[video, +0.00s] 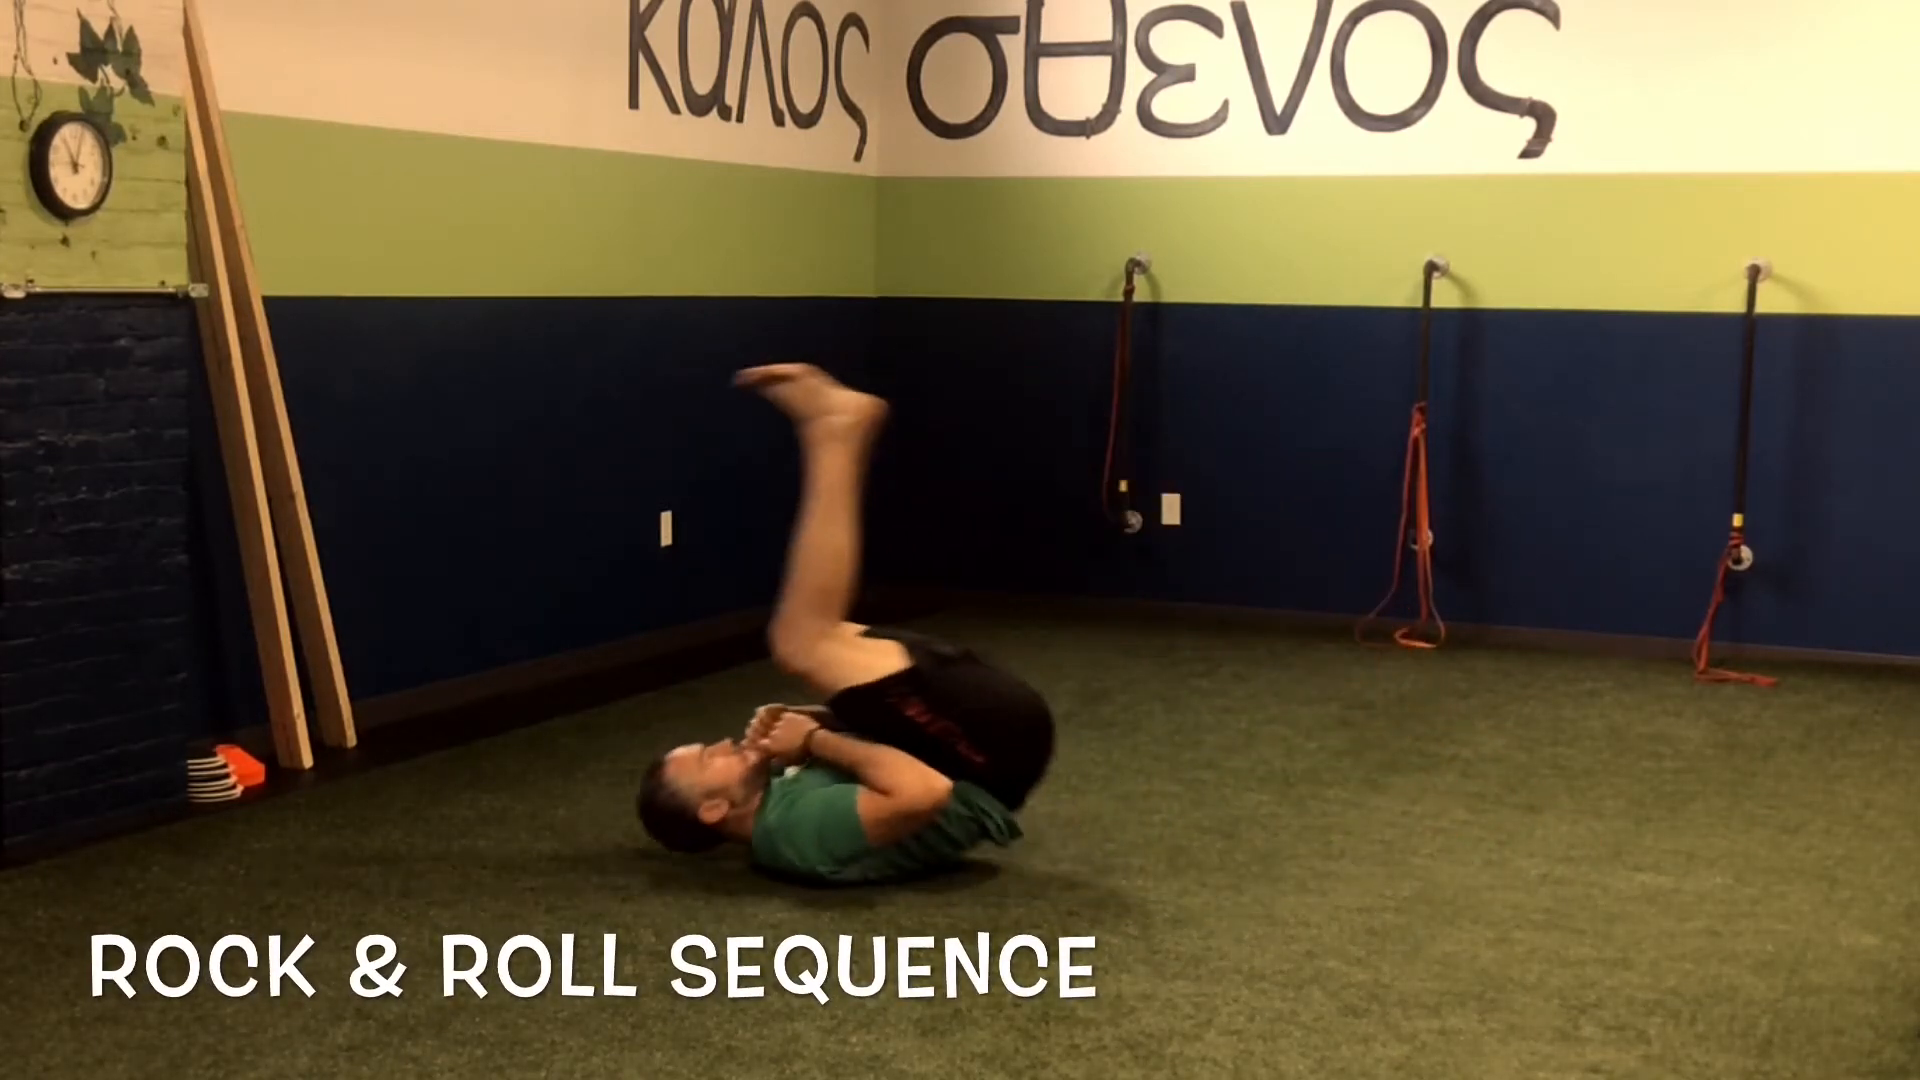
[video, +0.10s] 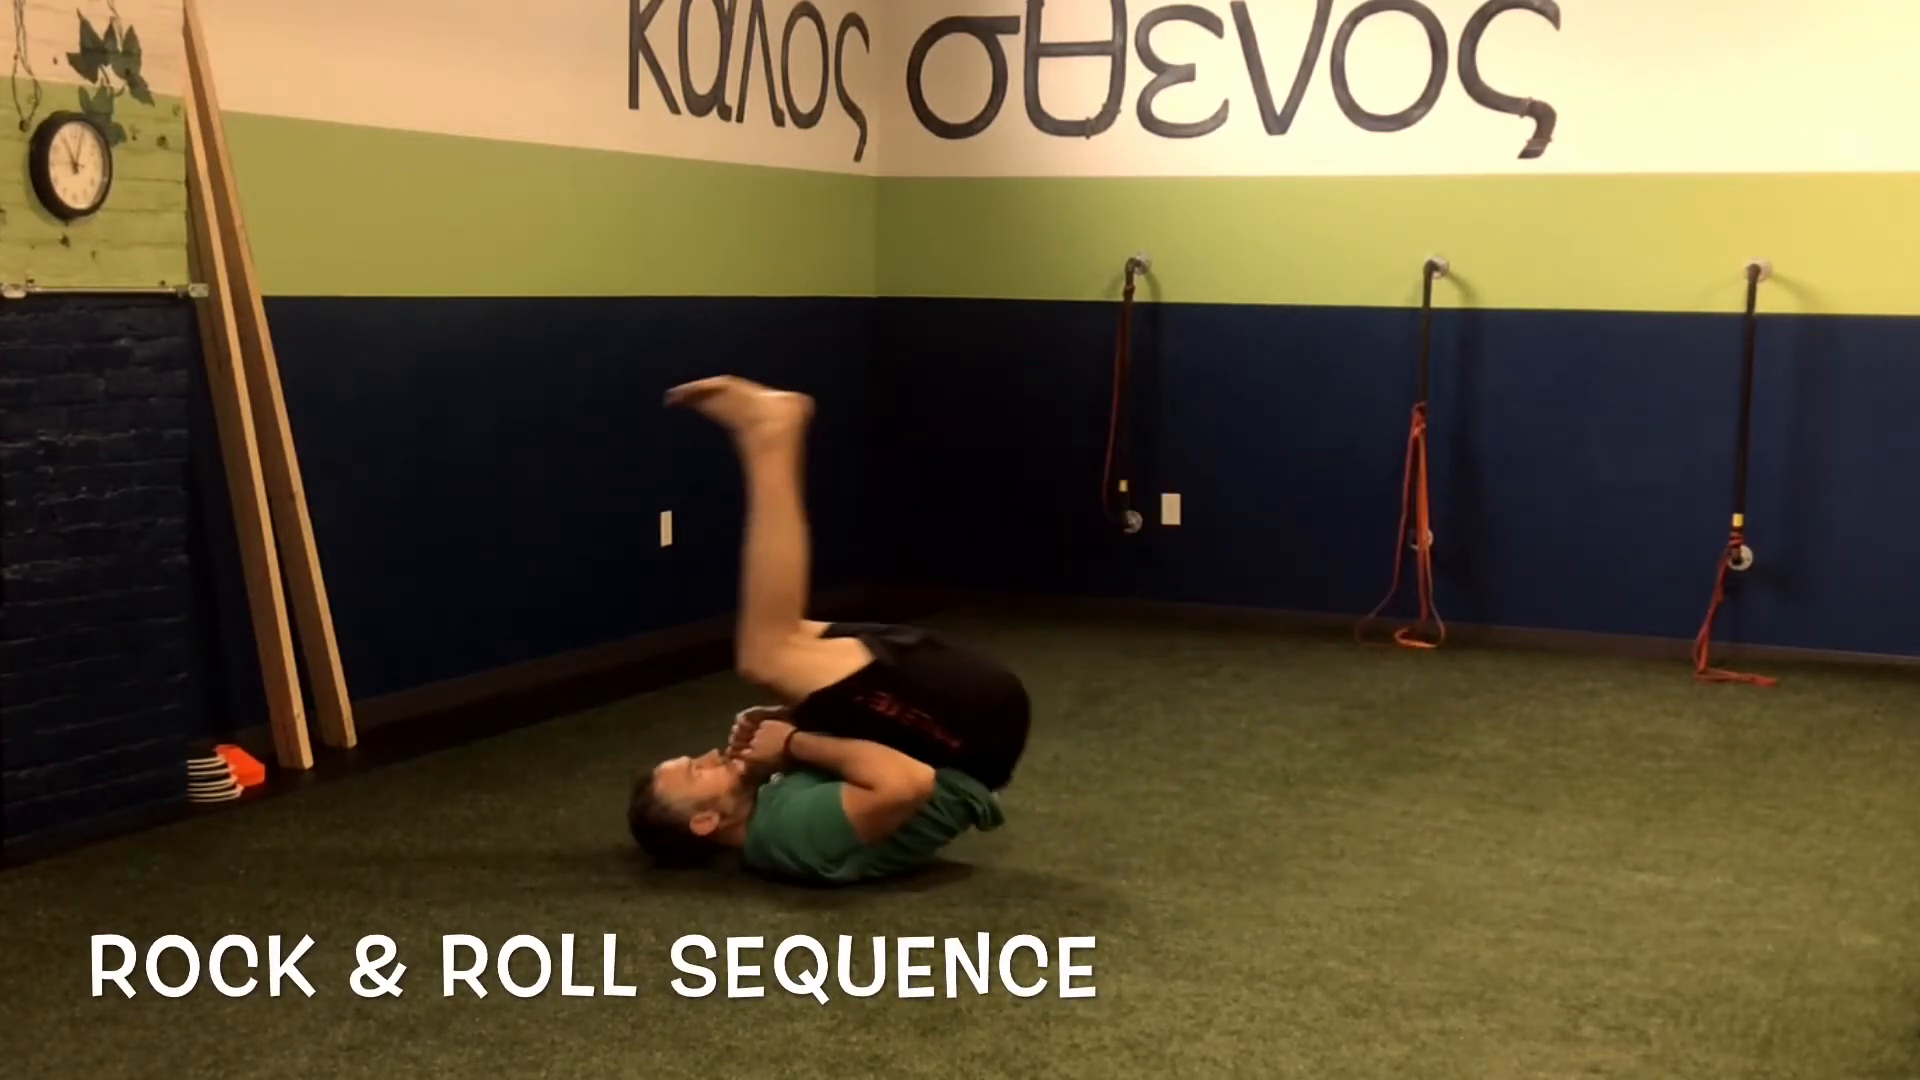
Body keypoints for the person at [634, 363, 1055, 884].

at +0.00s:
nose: (724, 743)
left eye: (705, 745)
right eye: (706, 755)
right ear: (716, 807)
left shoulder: (785, 803)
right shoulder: (792, 830)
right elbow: (925, 793)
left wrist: (799, 742)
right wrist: (814, 740)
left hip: (1005, 736)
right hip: (1001, 749)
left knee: (827, 635)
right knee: (801, 641)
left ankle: (840, 428)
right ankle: (835, 428)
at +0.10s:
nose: (708, 753)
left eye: (691, 757)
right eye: (694, 770)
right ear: (707, 820)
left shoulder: (770, 809)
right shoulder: (787, 830)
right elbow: (910, 783)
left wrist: (774, 756)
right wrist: (792, 743)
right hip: (981, 729)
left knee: (789, 638)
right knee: (766, 653)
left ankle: (772, 434)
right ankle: (770, 432)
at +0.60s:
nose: (705, 766)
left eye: (687, 770)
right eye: (691, 783)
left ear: (707, 831)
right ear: (704, 832)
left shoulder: (758, 816)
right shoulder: (780, 834)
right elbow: (901, 771)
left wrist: (753, 759)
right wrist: (775, 746)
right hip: (959, 698)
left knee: (752, 645)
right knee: (732, 671)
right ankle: (714, 448)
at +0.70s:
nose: (701, 766)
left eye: (686, 770)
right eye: (689, 782)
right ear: (703, 831)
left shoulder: (758, 812)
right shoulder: (785, 832)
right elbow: (907, 774)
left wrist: (769, 749)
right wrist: (782, 743)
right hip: (971, 710)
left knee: (771, 638)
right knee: (747, 659)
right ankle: (767, 436)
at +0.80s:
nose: (706, 758)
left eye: (688, 761)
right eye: (692, 774)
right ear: (706, 822)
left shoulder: (766, 812)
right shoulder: (787, 832)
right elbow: (913, 782)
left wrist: (779, 739)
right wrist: (793, 741)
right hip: (983, 729)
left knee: (797, 633)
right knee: (772, 641)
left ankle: (836, 432)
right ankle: (835, 432)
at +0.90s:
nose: (718, 745)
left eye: (700, 746)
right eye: (701, 759)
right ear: (710, 809)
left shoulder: (778, 804)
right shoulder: (790, 829)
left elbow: (871, 719)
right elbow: (922, 791)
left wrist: (793, 712)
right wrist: (808, 735)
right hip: (999, 750)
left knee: (804, 616)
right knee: (807, 626)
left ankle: (916, 435)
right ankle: (916, 435)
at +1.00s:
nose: (740, 725)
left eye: (722, 726)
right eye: (722, 737)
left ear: (726, 785)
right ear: (723, 786)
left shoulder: (788, 788)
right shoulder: (793, 818)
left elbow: (882, 719)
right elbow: (938, 797)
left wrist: (819, 699)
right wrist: (830, 726)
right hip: (1010, 775)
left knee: (852, 597)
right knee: (856, 607)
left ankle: (1006, 454)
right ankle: (1011, 454)